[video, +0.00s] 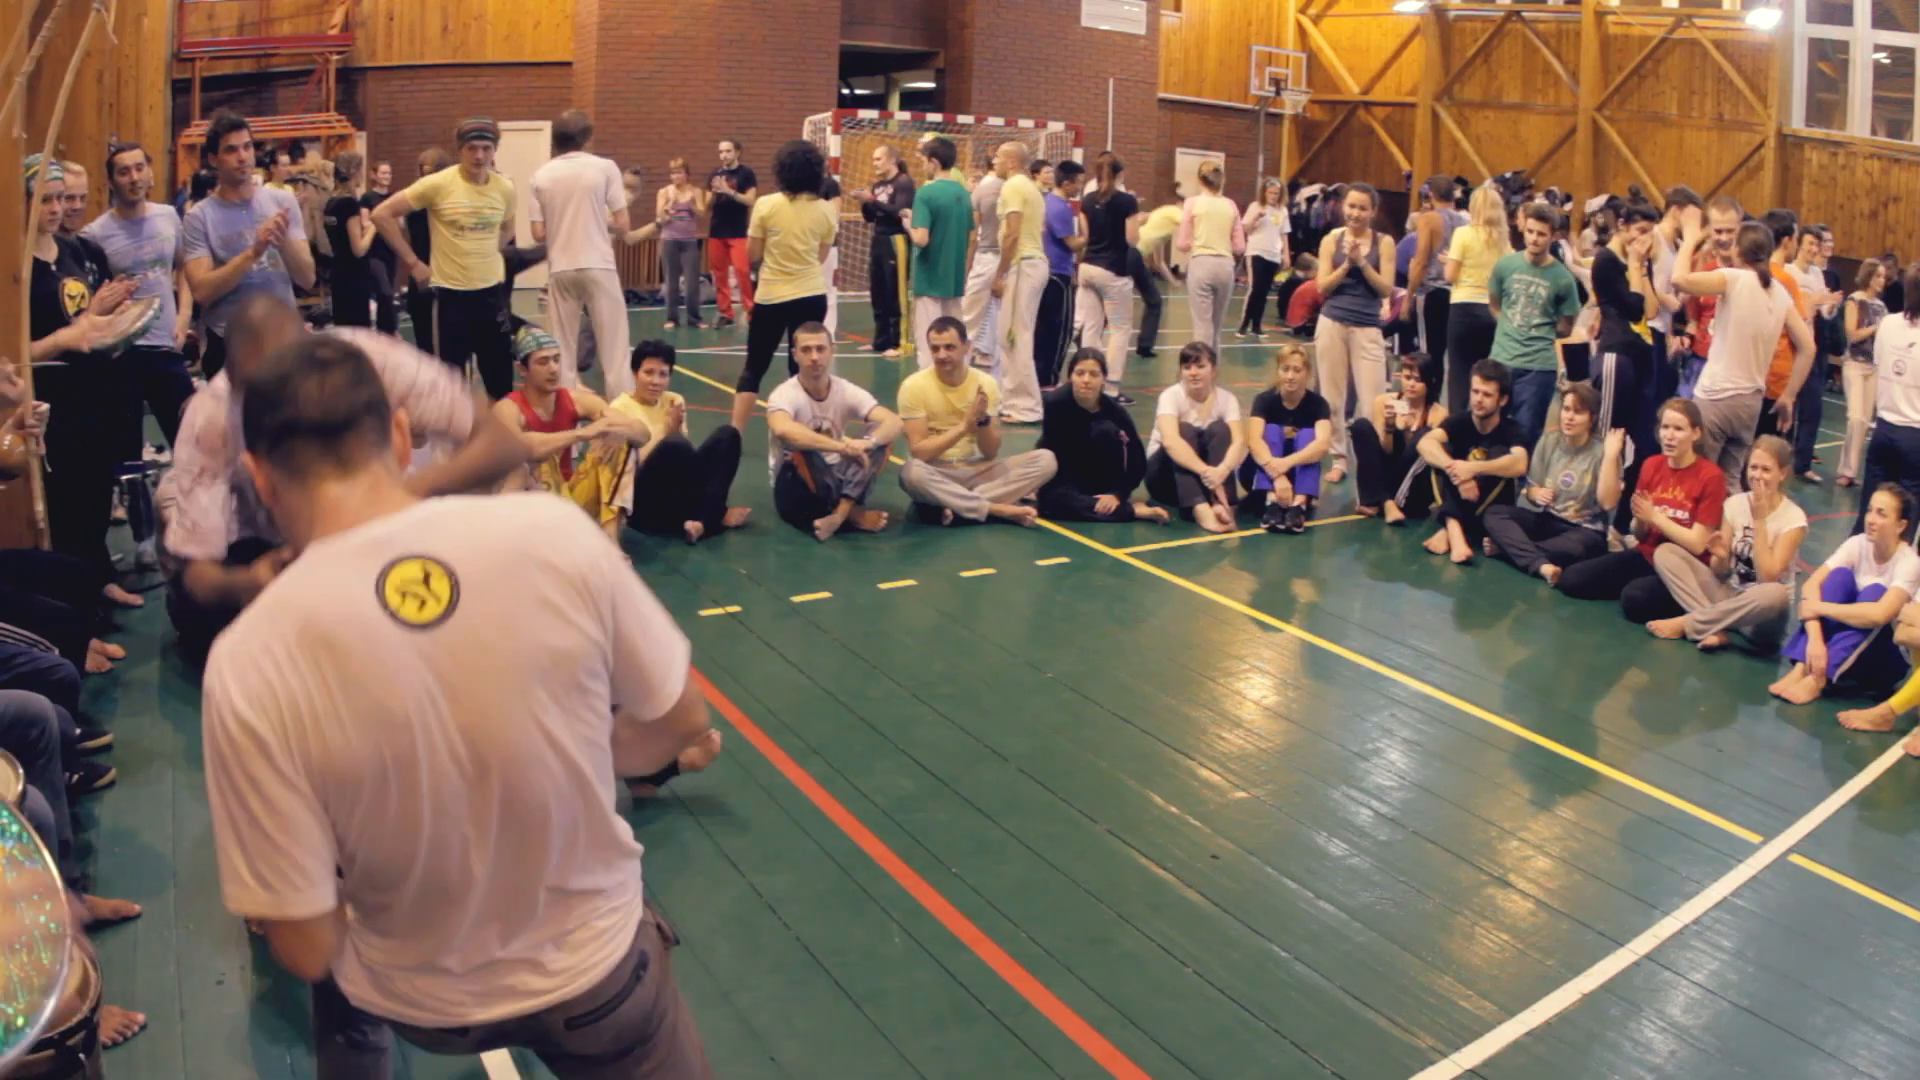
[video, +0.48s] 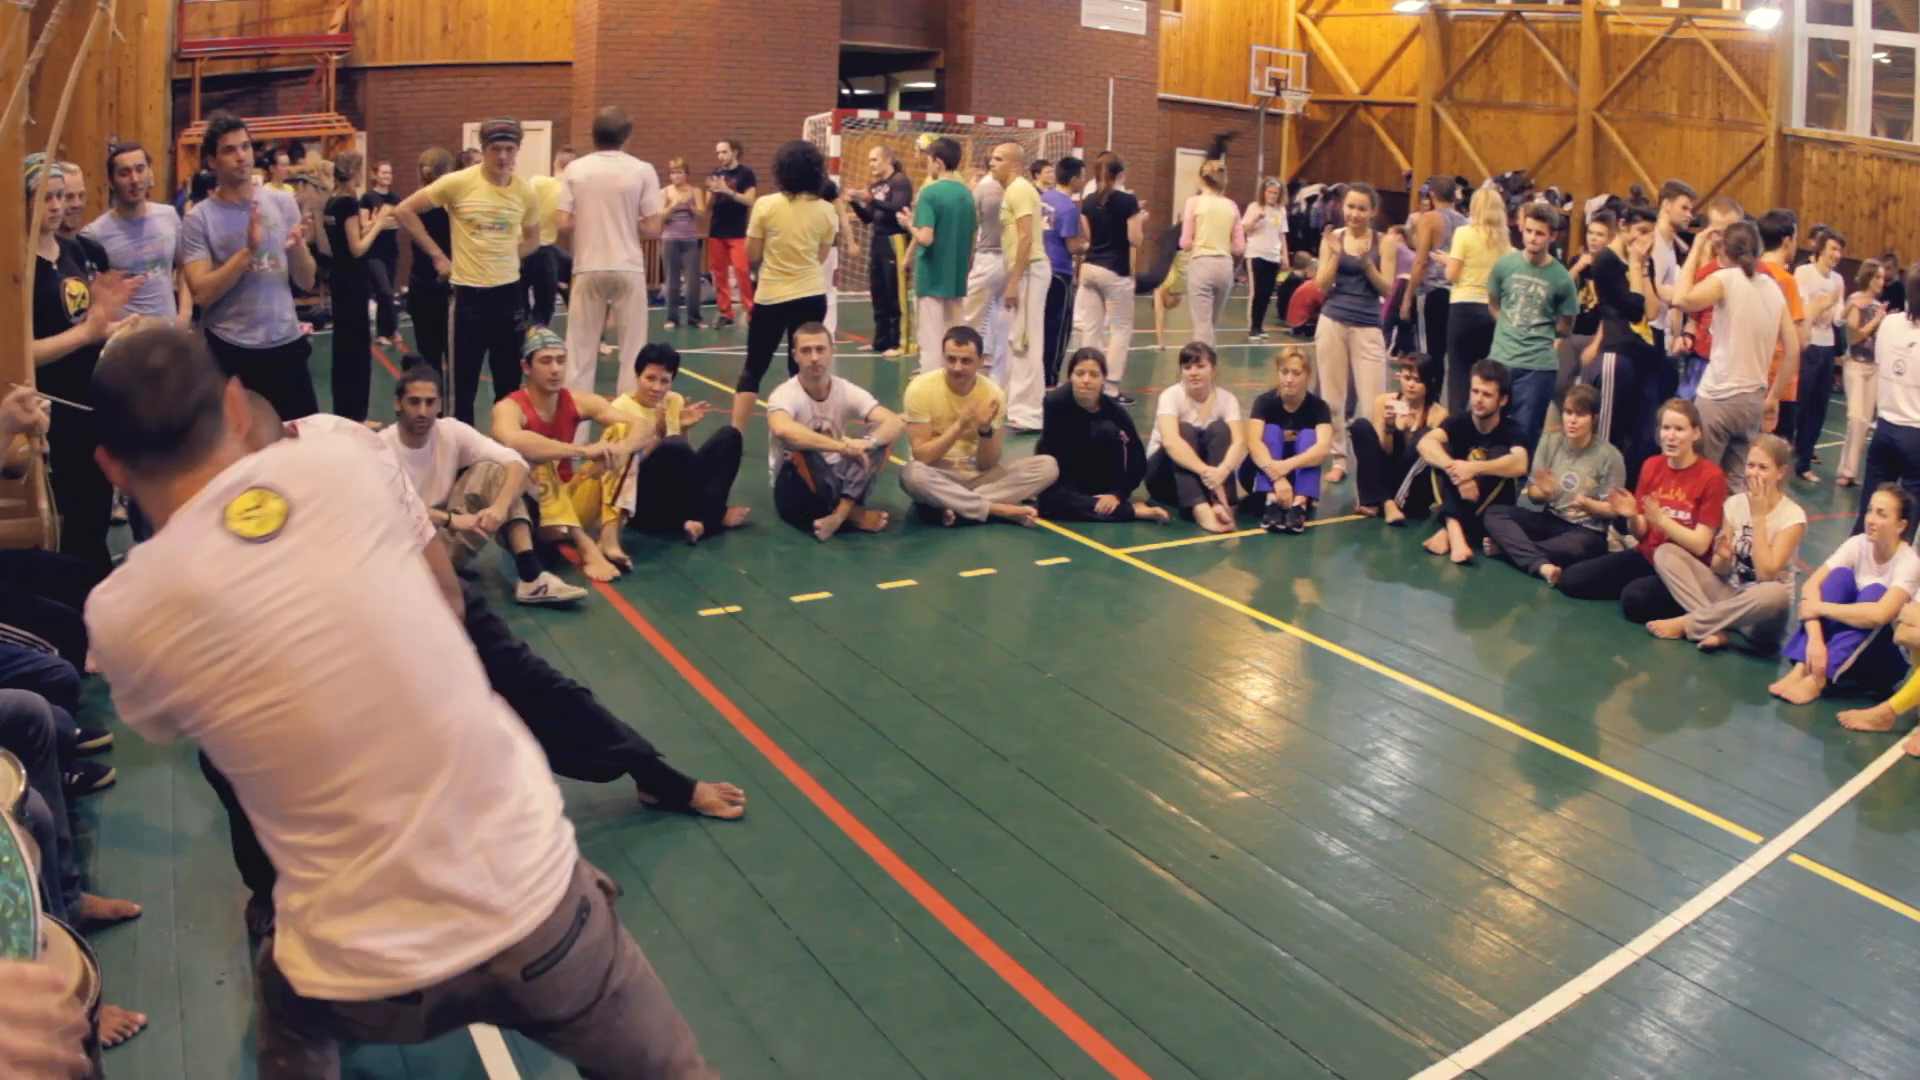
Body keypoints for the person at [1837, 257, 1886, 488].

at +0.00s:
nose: (1882, 281)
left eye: (1884, 277)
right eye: (1879, 276)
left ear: (1885, 280)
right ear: (1868, 276)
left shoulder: (1881, 305)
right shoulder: (1854, 300)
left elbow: (1882, 334)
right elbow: (1852, 335)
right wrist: (1877, 327)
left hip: (1874, 364)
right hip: (1855, 362)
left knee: (1865, 418)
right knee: (1855, 416)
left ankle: (1851, 469)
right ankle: (1847, 470)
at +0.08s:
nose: (1883, 281)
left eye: (1885, 277)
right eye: (1879, 277)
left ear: (1884, 280)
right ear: (1868, 277)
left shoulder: (1881, 306)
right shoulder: (1853, 300)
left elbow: (1880, 334)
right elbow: (1852, 336)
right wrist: (1877, 328)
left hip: (1874, 364)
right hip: (1854, 362)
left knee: (1866, 418)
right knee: (1856, 416)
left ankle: (1851, 469)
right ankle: (1847, 470)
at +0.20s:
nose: (1883, 282)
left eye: (1885, 278)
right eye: (1879, 277)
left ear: (1884, 280)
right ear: (1868, 277)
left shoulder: (1881, 305)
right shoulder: (1852, 300)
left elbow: (1881, 336)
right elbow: (1852, 336)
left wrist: (1886, 322)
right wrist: (1878, 322)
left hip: (1874, 363)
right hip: (1854, 361)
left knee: (1866, 418)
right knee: (1856, 416)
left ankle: (1850, 469)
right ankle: (1847, 470)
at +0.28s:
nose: (1882, 282)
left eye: (1884, 278)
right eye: (1879, 277)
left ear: (1885, 280)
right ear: (1868, 277)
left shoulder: (1881, 304)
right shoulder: (1854, 300)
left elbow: (1882, 337)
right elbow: (1852, 336)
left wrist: (1885, 322)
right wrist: (1877, 320)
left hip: (1874, 363)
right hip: (1855, 362)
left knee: (1866, 418)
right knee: (1856, 416)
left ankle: (1852, 469)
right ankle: (1847, 470)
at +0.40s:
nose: (1882, 282)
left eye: (1884, 278)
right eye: (1878, 277)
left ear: (1883, 280)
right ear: (1867, 278)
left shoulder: (1880, 304)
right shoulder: (1856, 299)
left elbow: (1876, 334)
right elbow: (1854, 335)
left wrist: (1886, 320)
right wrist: (1880, 320)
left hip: (1874, 363)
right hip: (1855, 361)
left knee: (1866, 418)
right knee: (1855, 416)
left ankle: (1851, 469)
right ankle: (1847, 470)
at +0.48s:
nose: (1882, 283)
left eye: (1884, 279)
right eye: (1878, 278)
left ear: (1883, 281)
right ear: (1868, 278)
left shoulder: (1879, 304)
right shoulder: (1856, 300)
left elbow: (1879, 335)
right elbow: (1853, 335)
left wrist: (1884, 319)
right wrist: (1877, 318)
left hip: (1874, 363)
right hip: (1855, 361)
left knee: (1866, 418)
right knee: (1855, 416)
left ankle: (1851, 469)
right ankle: (1846, 470)